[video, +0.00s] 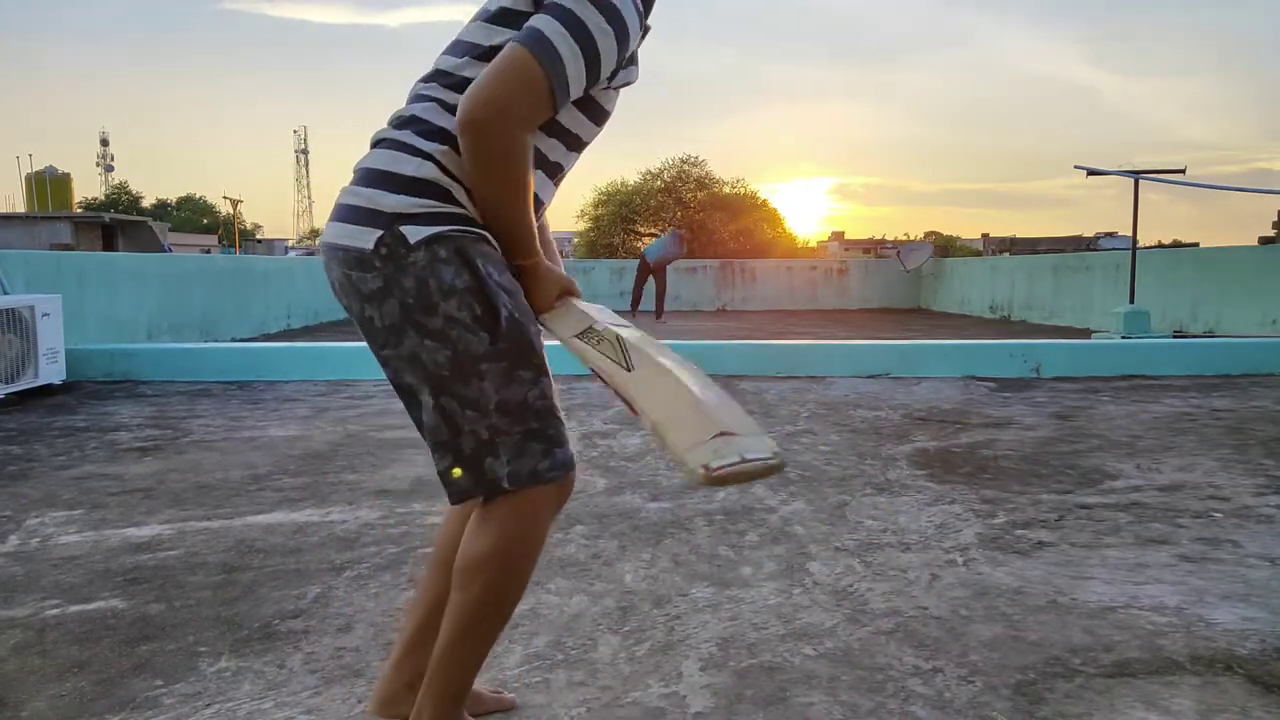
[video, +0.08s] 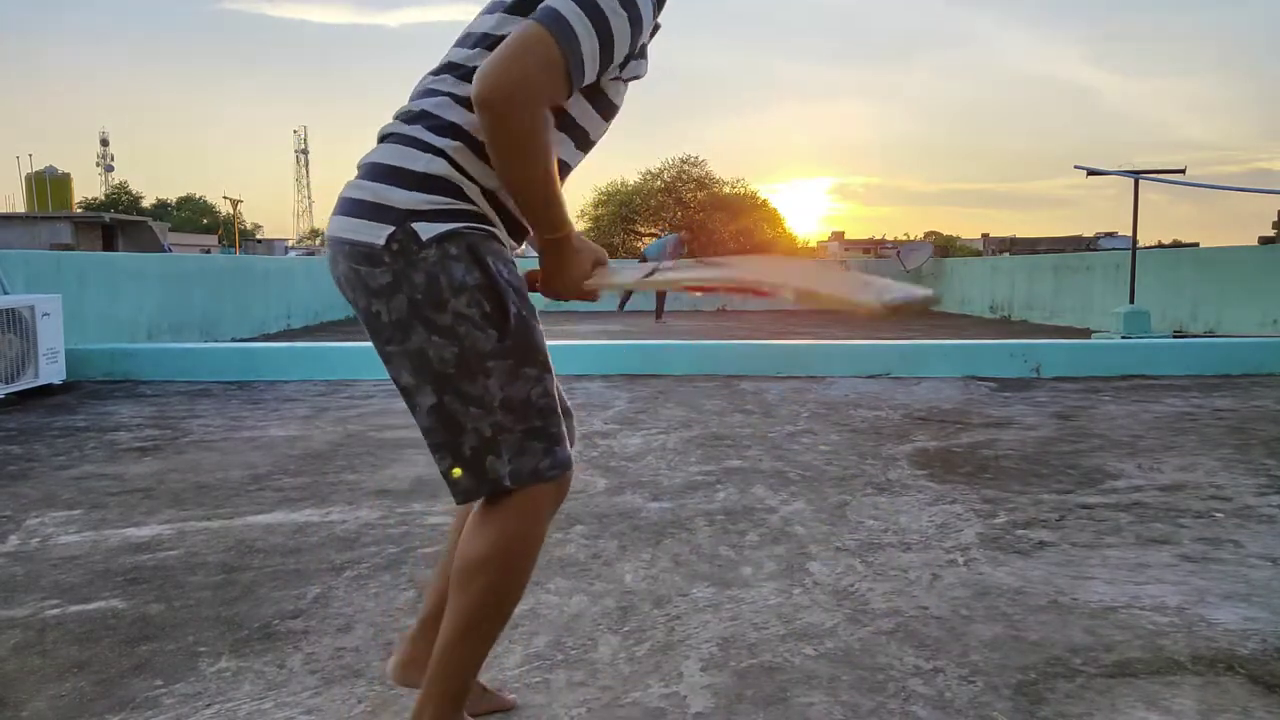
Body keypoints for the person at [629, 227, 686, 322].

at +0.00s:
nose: (685, 235)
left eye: (689, 235)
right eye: (685, 232)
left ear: (690, 238)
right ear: (683, 231)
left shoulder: (682, 251)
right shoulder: (673, 235)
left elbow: (669, 260)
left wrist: (657, 264)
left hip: (660, 264)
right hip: (647, 259)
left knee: (661, 290)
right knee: (638, 286)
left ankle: (659, 317)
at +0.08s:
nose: (686, 237)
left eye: (688, 235)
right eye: (686, 234)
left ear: (690, 237)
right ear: (682, 232)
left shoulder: (682, 245)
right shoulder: (672, 240)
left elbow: (679, 255)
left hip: (661, 260)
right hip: (647, 257)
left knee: (662, 286)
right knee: (635, 282)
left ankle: (659, 316)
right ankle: (620, 308)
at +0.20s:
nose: (687, 241)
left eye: (688, 239)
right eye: (685, 238)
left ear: (690, 241)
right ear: (680, 237)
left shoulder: (683, 250)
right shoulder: (671, 247)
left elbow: (670, 261)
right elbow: (668, 264)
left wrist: (659, 271)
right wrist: (675, 279)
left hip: (661, 267)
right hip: (648, 262)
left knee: (663, 291)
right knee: (631, 283)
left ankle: (659, 316)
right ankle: (613, 304)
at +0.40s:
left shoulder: (681, 246)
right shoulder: (668, 241)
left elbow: (669, 258)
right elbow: (668, 261)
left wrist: (664, 269)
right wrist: (677, 275)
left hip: (662, 264)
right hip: (648, 260)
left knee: (662, 292)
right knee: (640, 286)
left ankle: (659, 317)